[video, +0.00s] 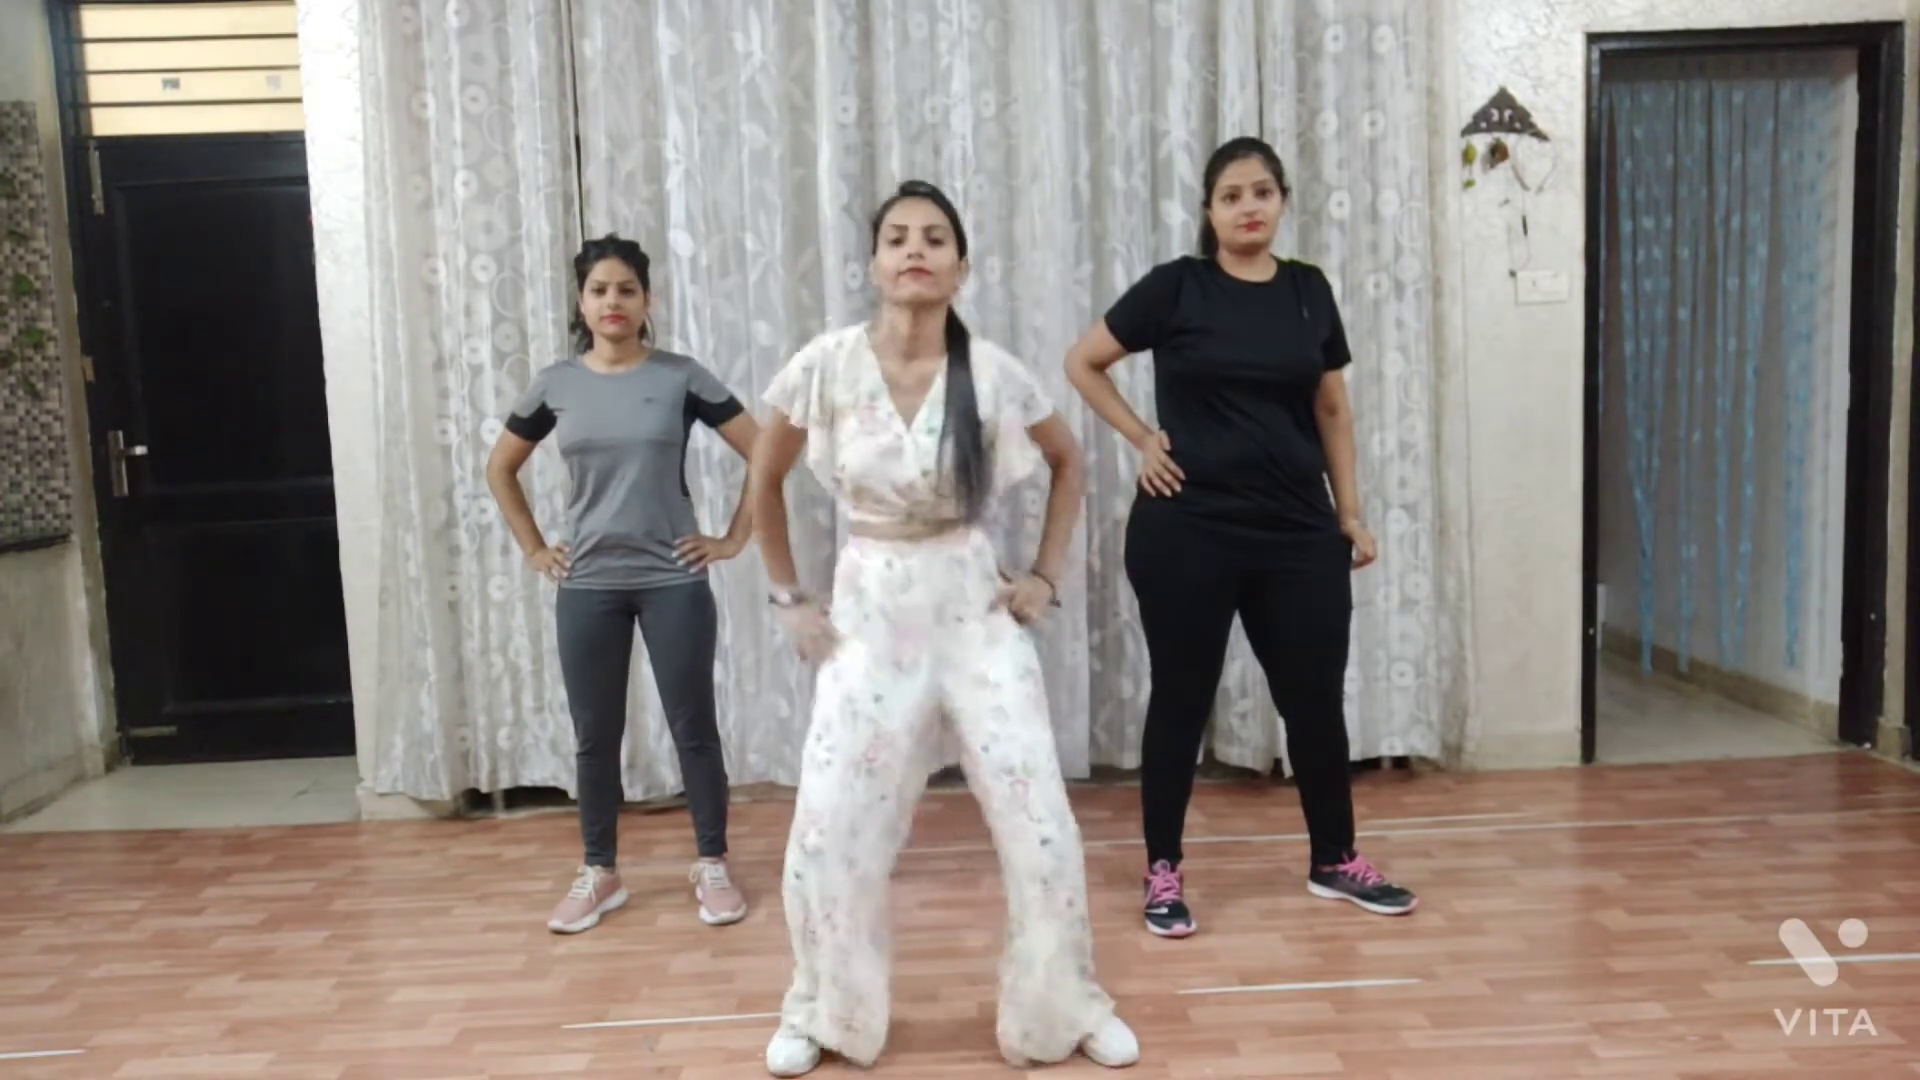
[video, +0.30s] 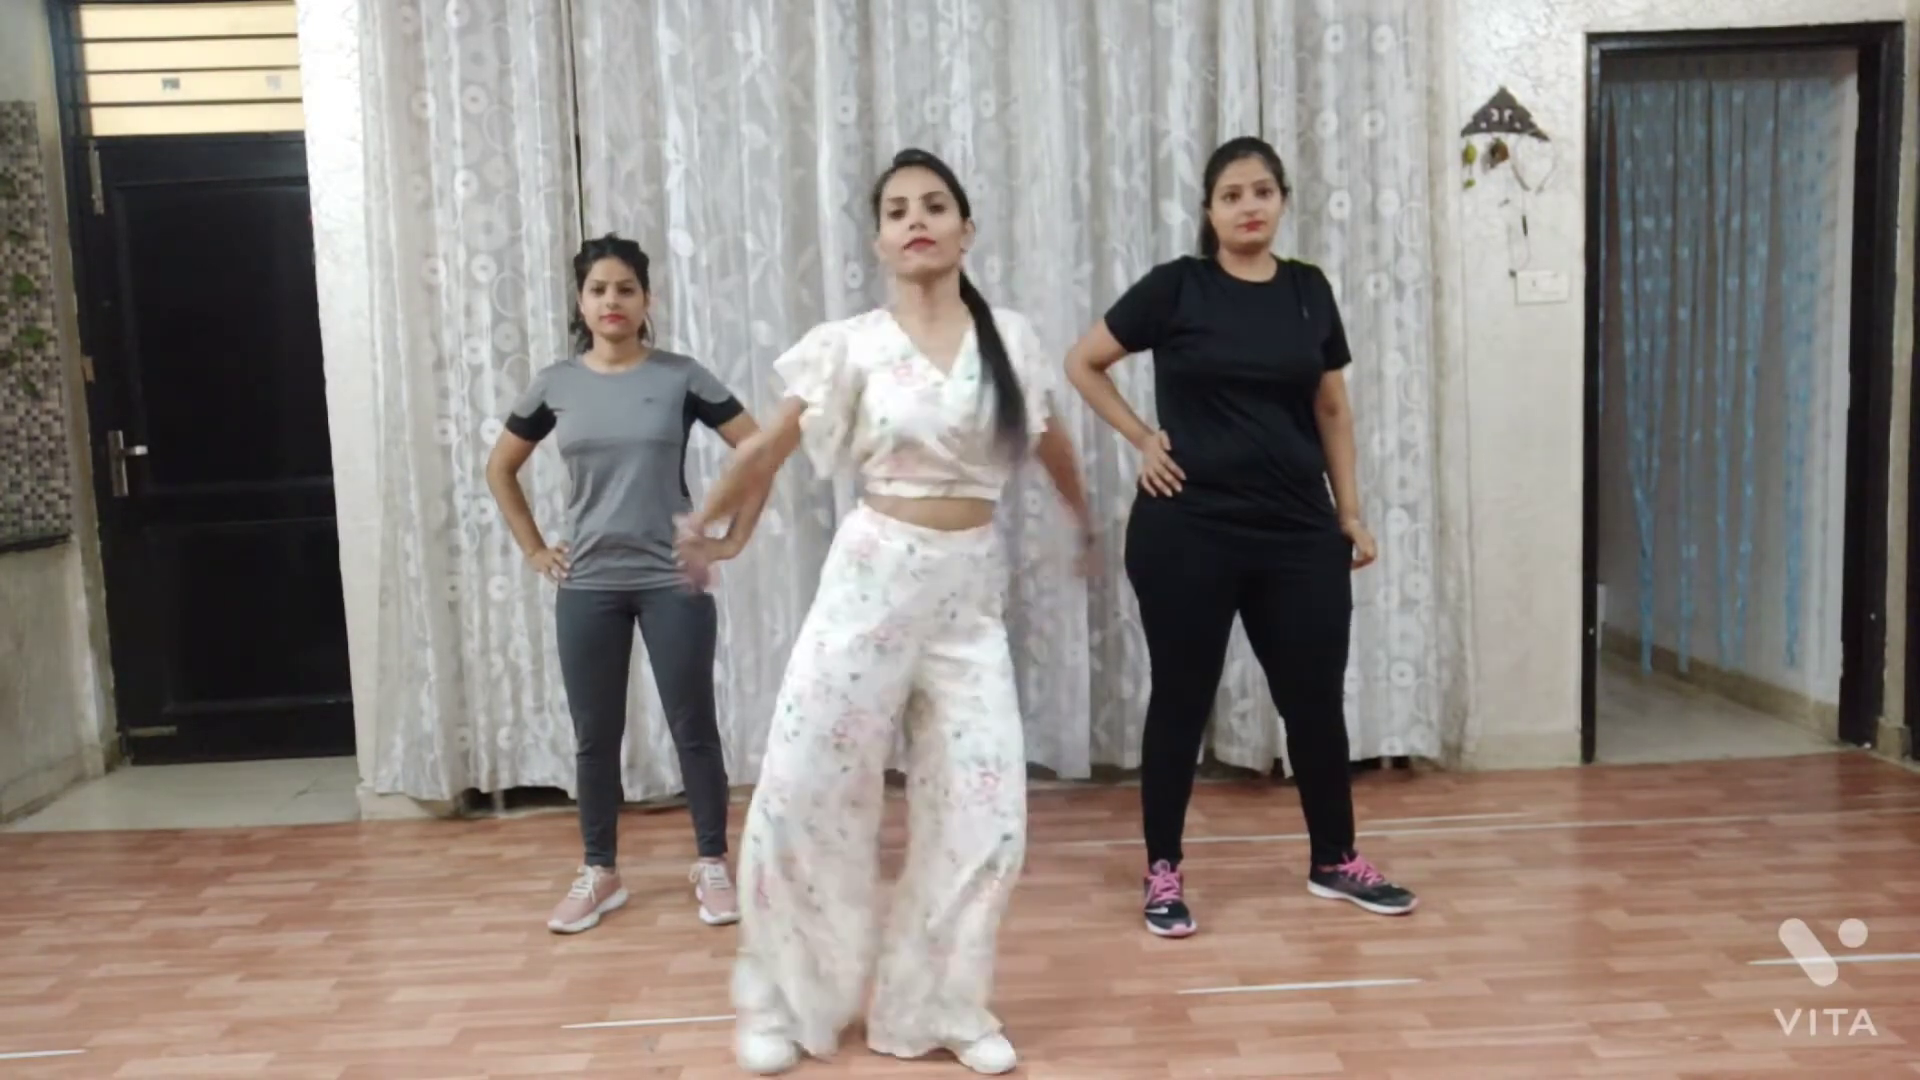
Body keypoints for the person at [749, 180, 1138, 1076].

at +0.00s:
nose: (914, 253)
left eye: (932, 241)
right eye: (898, 241)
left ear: (961, 265)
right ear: (873, 262)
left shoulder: (991, 373)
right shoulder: (822, 369)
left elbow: (1070, 464)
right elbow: (764, 482)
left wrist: (1044, 577)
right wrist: (790, 597)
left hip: (976, 617)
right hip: (867, 622)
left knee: (1038, 813)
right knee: (828, 823)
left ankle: (1067, 1002)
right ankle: (815, 1009)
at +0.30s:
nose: (916, 224)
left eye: (934, 209)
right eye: (899, 213)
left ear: (967, 228)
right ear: (877, 238)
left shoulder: (1007, 344)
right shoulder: (847, 347)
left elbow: (1053, 446)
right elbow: (763, 448)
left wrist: (1087, 523)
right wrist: (704, 520)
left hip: (971, 601)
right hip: (867, 593)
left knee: (990, 812)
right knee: (797, 791)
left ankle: (949, 1006)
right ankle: (775, 1007)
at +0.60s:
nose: (929, 235)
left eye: (947, 222)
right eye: (910, 224)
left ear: (977, 248)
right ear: (885, 253)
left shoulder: (1023, 351)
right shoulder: (853, 354)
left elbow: (1145, 410)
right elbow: (726, 420)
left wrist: (1258, 458)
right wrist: (603, 468)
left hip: (969, 621)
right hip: (869, 613)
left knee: (981, 826)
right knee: (774, 805)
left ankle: (947, 1025)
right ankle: (643, 1017)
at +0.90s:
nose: (924, 236)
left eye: (942, 223)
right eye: (906, 225)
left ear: (973, 248)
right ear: (883, 252)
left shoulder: (1017, 344)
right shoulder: (859, 349)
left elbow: (1154, 379)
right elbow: (749, 390)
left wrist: (1283, 410)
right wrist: (632, 426)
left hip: (970, 612)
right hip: (868, 602)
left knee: (985, 818)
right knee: (767, 799)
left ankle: (949, 1028)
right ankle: (647, 1013)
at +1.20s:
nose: (933, 240)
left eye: (950, 227)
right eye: (916, 228)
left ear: (979, 247)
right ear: (891, 250)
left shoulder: (1005, 343)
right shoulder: (866, 341)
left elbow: (1072, 373)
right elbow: (812, 357)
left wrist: (1141, 405)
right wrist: (754, 380)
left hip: (971, 605)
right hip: (872, 596)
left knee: (986, 822)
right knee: (769, 789)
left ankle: (949, 1024)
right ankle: (646, 1010)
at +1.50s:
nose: (941, 244)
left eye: (957, 230)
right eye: (922, 230)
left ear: (982, 248)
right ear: (893, 247)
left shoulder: (1003, 336)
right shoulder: (860, 333)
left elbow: (1006, 377)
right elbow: (883, 347)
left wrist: (969, 420)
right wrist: (962, 322)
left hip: (971, 597)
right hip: (875, 591)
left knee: (985, 811)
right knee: (773, 784)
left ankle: (948, 1025)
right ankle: (644, 1011)